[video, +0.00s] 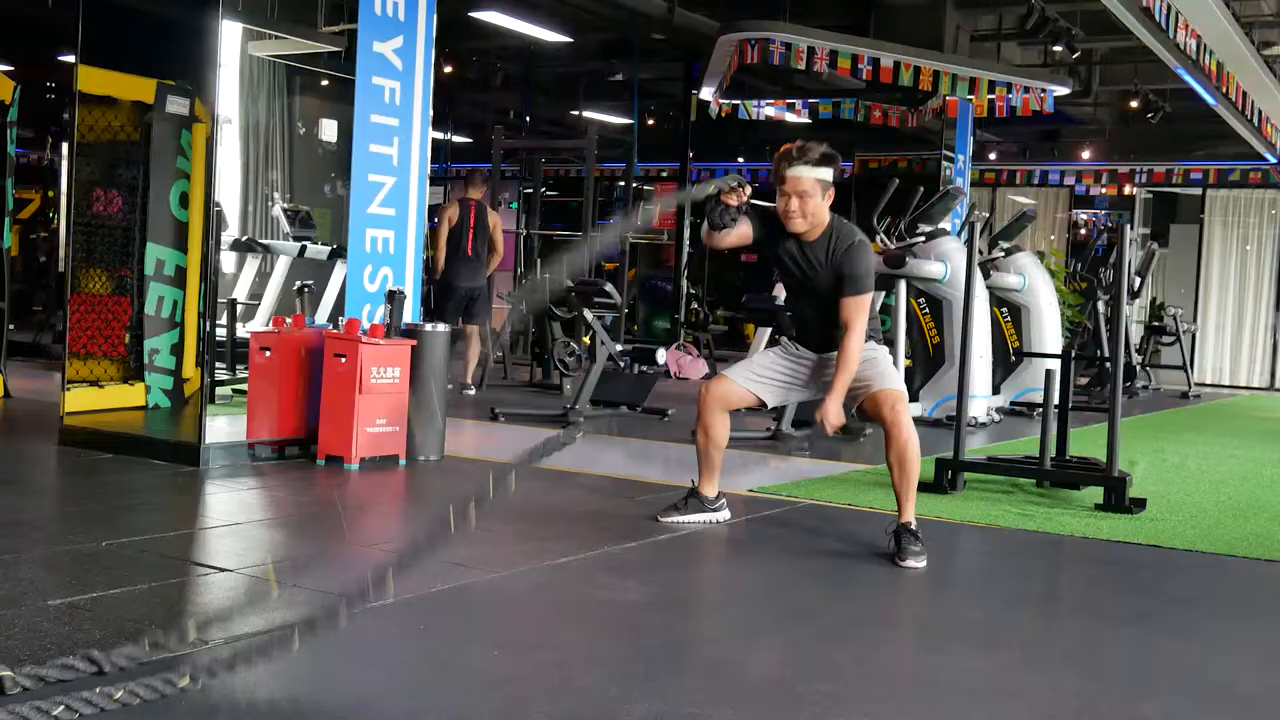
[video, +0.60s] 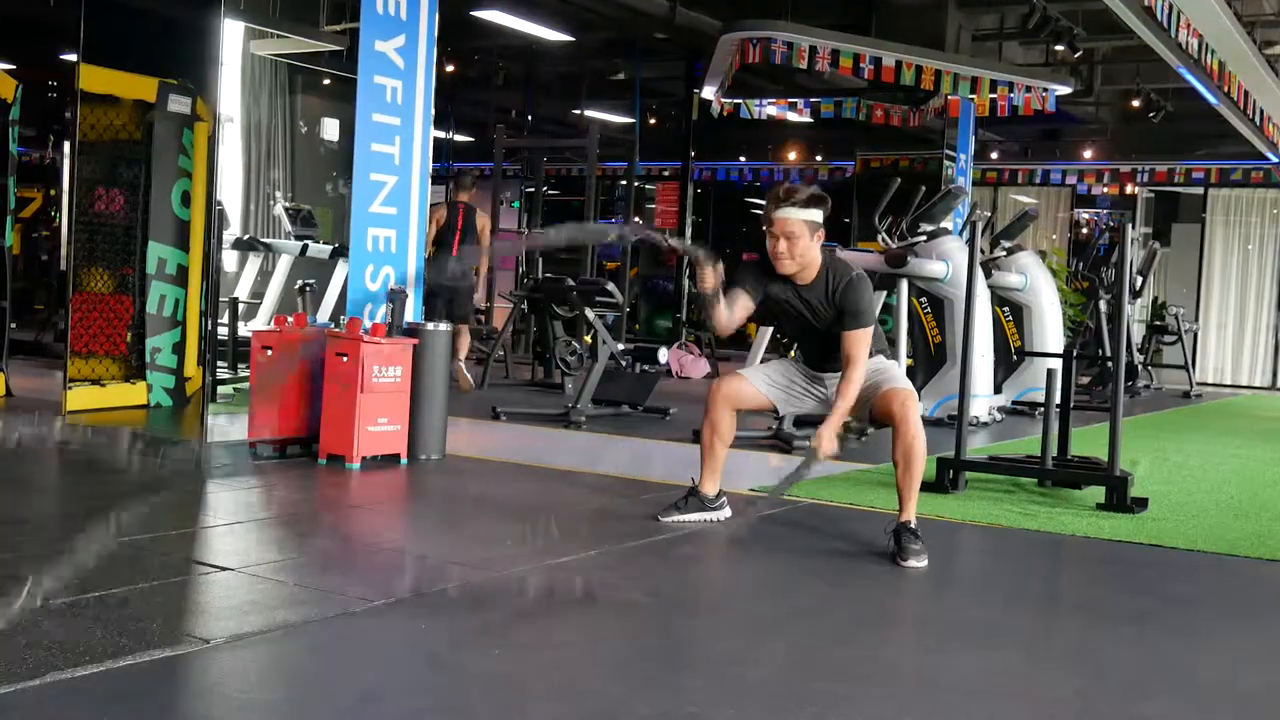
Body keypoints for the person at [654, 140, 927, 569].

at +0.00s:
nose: (789, 206)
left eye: (801, 196)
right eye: (784, 194)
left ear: (828, 198)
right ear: (776, 193)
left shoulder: (853, 247)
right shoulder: (772, 224)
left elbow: (855, 329)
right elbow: (715, 239)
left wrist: (836, 397)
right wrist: (723, 209)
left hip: (855, 355)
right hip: (795, 353)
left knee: (896, 410)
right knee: (714, 394)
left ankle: (908, 526)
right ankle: (706, 497)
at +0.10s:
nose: (785, 214)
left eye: (797, 204)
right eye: (779, 202)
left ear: (824, 206)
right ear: (771, 201)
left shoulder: (851, 254)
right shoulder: (768, 239)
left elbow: (854, 337)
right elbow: (724, 284)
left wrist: (833, 403)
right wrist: (721, 252)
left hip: (856, 355)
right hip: (796, 353)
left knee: (897, 413)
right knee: (716, 393)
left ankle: (907, 526)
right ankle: (707, 496)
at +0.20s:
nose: (781, 225)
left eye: (793, 215)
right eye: (775, 214)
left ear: (820, 215)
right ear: (768, 214)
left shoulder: (854, 258)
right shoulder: (764, 260)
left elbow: (856, 334)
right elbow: (745, 325)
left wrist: (811, 351)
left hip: (855, 359)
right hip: (792, 358)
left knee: (893, 406)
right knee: (721, 390)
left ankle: (907, 525)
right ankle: (707, 495)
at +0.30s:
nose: (780, 231)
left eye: (791, 222)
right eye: (775, 221)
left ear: (819, 221)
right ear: (768, 222)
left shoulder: (856, 260)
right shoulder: (767, 270)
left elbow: (850, 324)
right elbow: (754, 344)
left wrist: (807, 286)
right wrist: (751, 409)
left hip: (861, 365)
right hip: (798, 365)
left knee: (900, 407)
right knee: (720, 389)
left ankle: (907, 525)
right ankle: (708, 495)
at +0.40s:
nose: (782, 233)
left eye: (794, 223)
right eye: (777, 222)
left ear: (822, 225)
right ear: (770, 222)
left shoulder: (858, 265)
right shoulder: (770, 268)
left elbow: (862, 343)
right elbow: (746, 328)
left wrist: (810, 337)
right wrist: (730, 370)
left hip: (855, 371)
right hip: (792, 371)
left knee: (904, 404)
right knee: (722, 388)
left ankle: (908, 524)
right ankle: (707, 495)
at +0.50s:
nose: (781, 240)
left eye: (793, 231)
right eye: (776, 229)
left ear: (822, 233)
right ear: (770, 229)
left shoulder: (854, 279)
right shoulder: (766, 271)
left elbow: (861, 362)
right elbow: (724, 304)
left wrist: (830, 418)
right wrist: (708, 293)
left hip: (865, 369)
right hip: (805, 368)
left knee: (906, 408)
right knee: (723, 389)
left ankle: (908, 525)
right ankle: (708, 495)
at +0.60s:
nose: (777, 247)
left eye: (789, 238)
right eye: (772, 236)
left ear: (818, 239)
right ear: (765, 235)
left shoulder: (852, 284)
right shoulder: (761, 277)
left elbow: (855, 367)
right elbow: (724, 325)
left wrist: (832, 425)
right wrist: (711, 291)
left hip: (863, 372)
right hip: (803, 372)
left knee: (906, 406)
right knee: (722, 389)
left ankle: (908, 525)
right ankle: (707, 496)